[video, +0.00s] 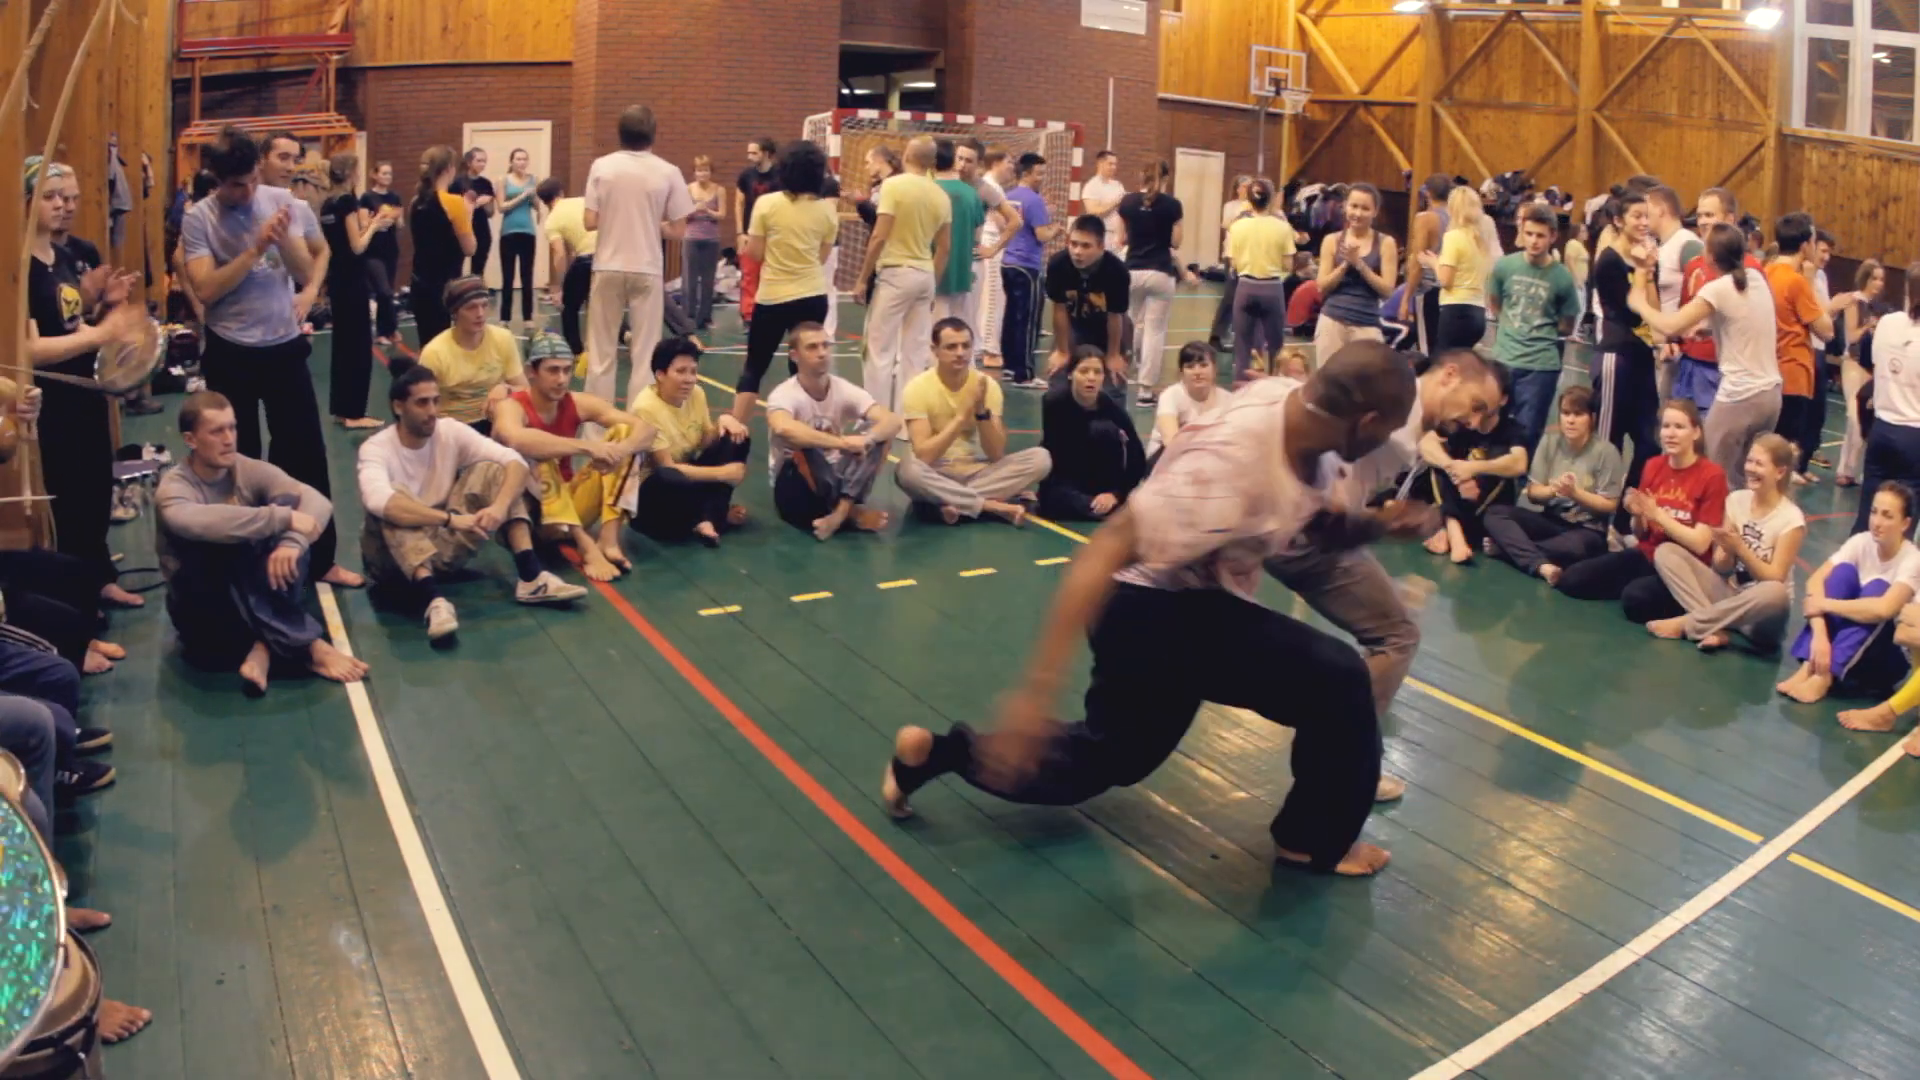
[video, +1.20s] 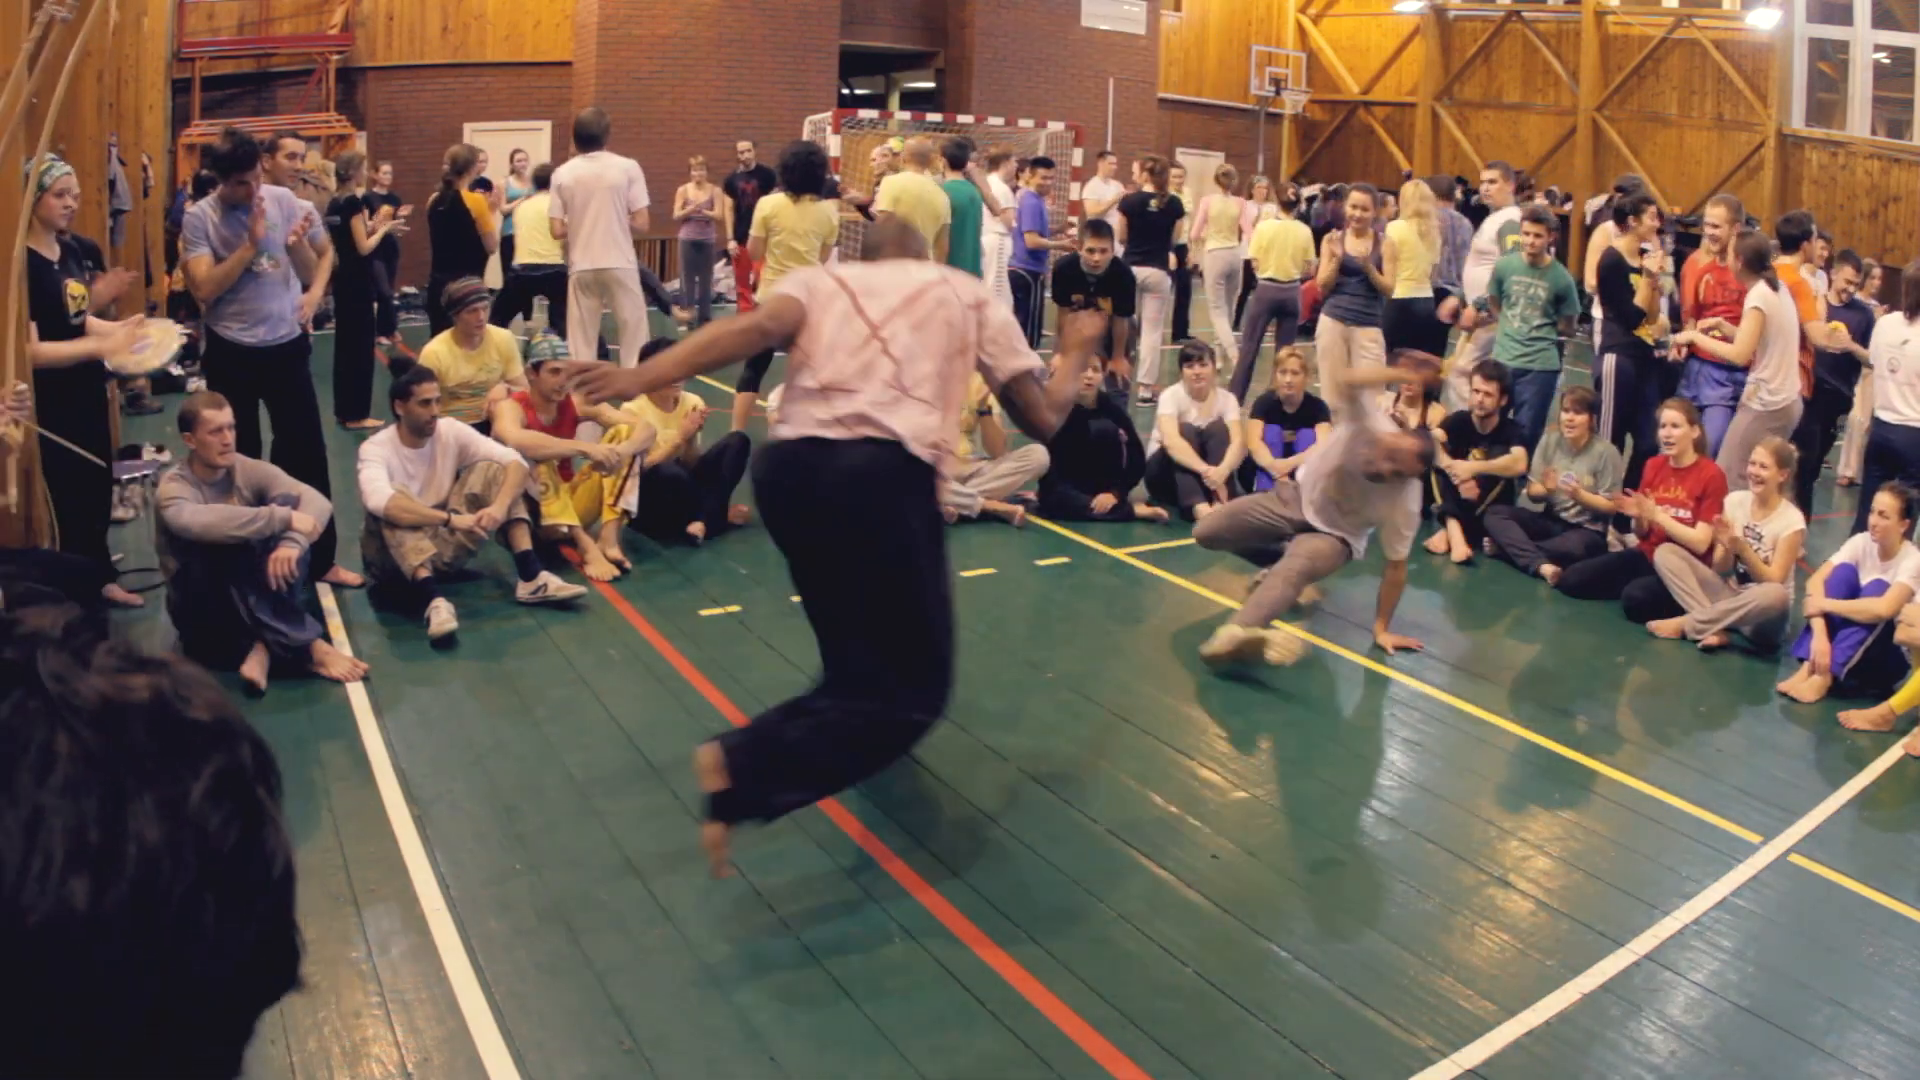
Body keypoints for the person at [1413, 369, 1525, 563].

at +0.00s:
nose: (1482, 406)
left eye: (1489, 403)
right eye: (1476, 403)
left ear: (1503, 400)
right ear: (1471, 394)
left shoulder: (1510, 429)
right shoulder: (1457, 421)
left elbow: (1519, 464)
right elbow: (1426, 444)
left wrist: (1473, 468)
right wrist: (1456, 472)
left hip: (1493, 508)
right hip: (1454, 502)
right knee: (1439, 465)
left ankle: (1446, 529)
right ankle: (1454, 530)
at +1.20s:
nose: (1479, 400)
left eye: (1487, 395)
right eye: (1475, 392)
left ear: (1503, 400)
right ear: (1469, 392)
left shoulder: (1511, 429)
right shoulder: (1457, 420)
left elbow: (1519, 464)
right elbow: (1432, 441)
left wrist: (1471, 468)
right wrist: (1459, 475)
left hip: (1491, 508)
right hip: (1454, 499)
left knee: (1501, 461)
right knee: (1435, 463)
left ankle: (1448, 528)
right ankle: (1454, 529)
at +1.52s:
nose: (1479, 399)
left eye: (1488, 395)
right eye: (1476, 392)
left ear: (1503, 400)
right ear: (1469, 393)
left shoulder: (1511, 429)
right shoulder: (1458, 419)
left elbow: (1518, 464)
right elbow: (1425, 444)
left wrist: (1471, 467)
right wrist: (1454, 469)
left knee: (1500, 455)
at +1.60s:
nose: (1479, 399)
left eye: (1488, 394)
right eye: (1476, 392)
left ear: (1503, 400)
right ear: (1469, 393)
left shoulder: (1511, 428)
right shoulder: (1458, 419)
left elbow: (1519, 464)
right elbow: (1425, 444)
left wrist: (1472, 468)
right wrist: (1458, 474)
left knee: (1500, 454)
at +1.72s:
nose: (1480, 399)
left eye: (1488, 394)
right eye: (1476, 392)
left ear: (1503, 400)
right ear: (1469, 392)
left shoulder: (1512, 429)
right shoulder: (1459, 419)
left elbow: (1518, 465)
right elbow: (1425, 444)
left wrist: (1470, 467)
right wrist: (1452, 466)